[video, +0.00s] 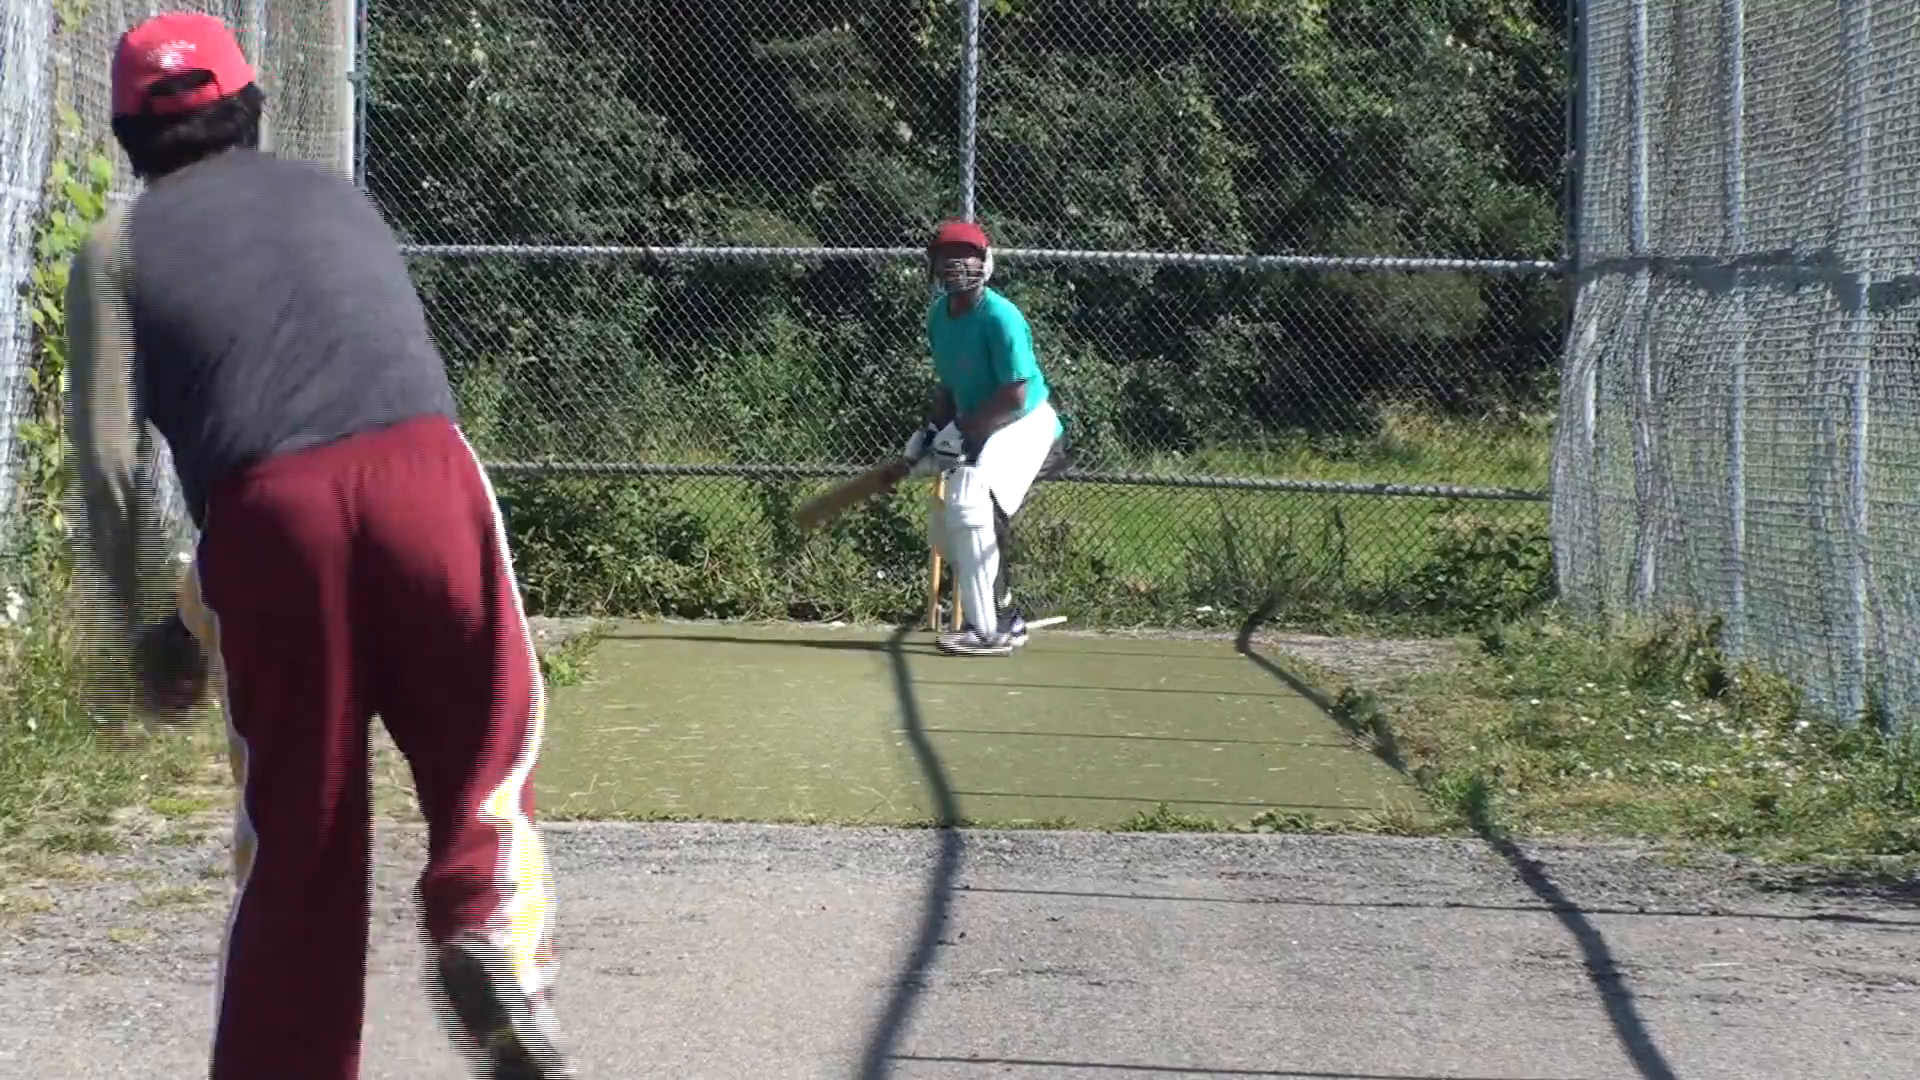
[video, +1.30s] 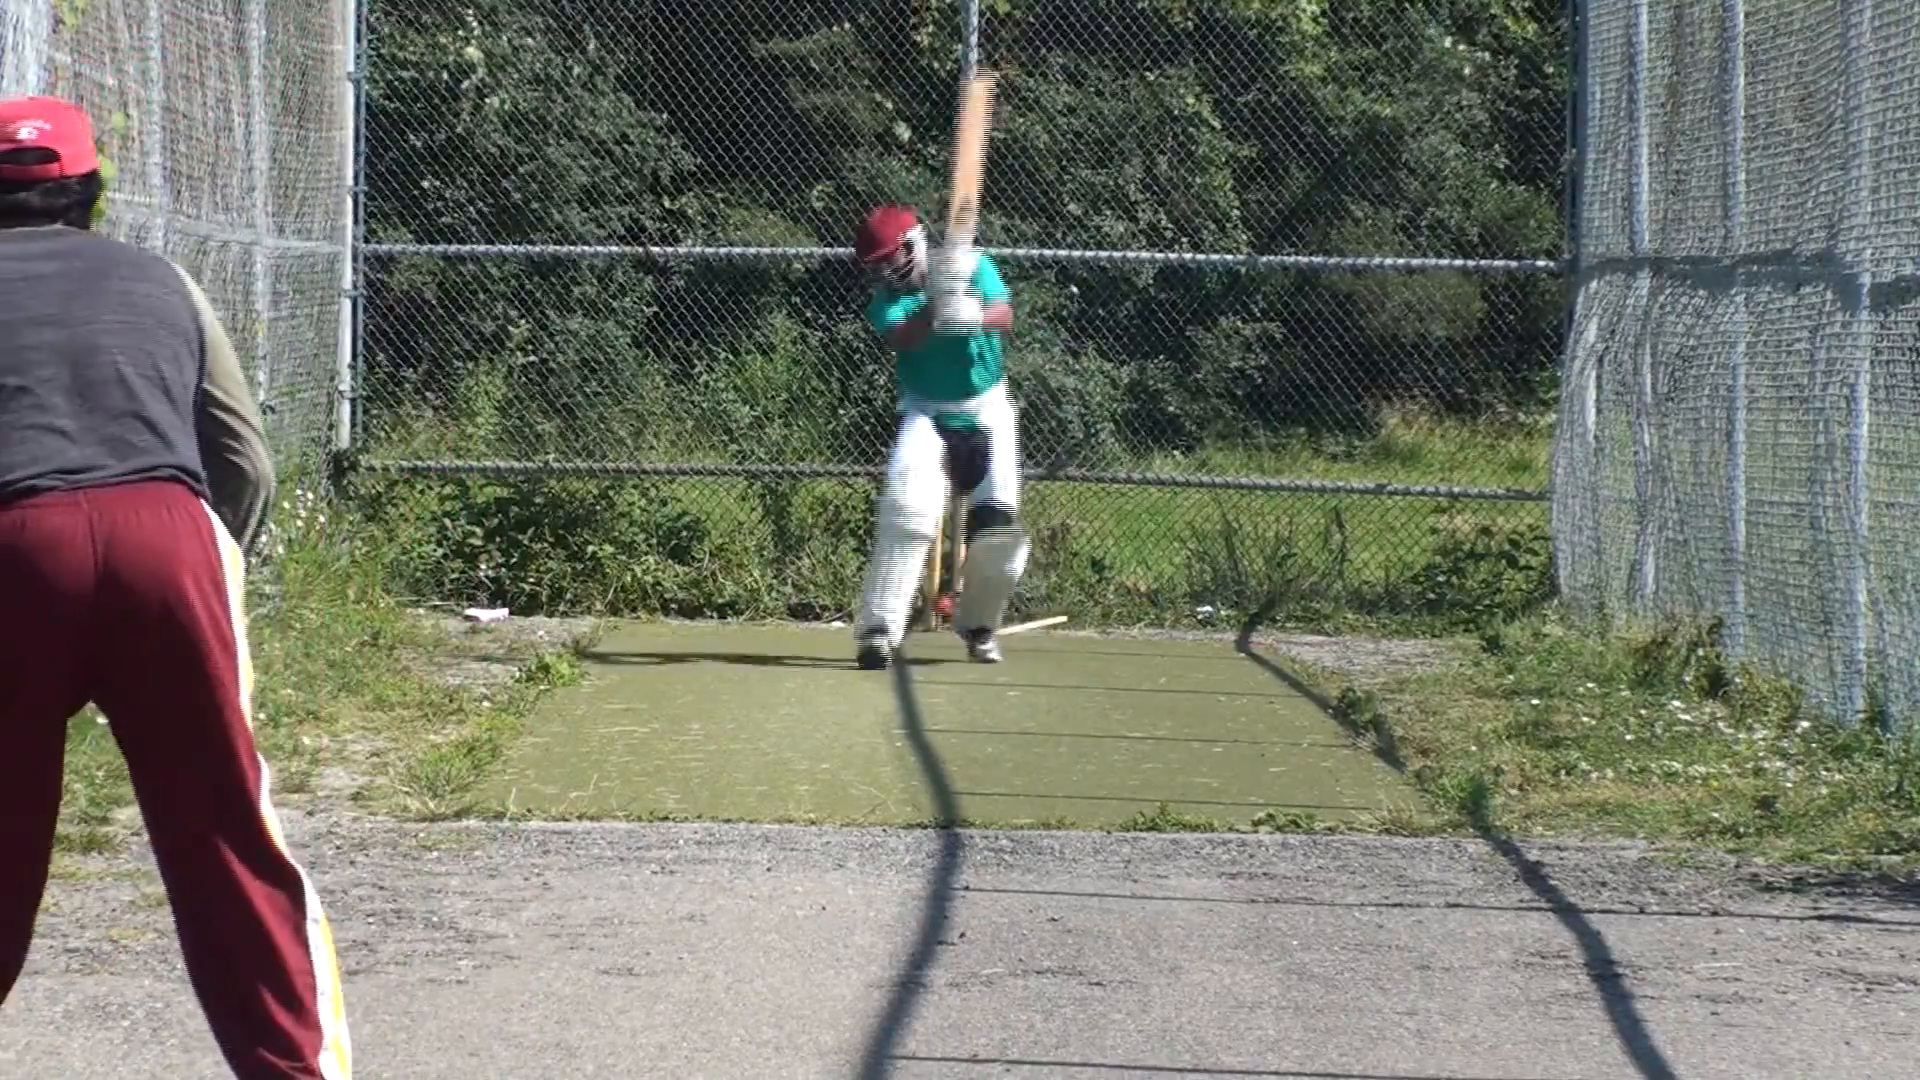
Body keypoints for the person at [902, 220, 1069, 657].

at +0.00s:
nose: (957, 268)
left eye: (967, 259)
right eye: (948, 260)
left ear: (984, 265)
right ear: (935, 268)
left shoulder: (1001, 318)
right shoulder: (938, 316)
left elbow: (1014, 397)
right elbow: (949, 387)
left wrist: (961, 434)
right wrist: (931, 432)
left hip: (1022, 423)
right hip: (977, 424)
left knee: (968, 505)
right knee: (946, 513)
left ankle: (985, 628)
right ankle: (1002, 614)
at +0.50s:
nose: (950, 248)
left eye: (961, 238)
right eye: (941, 239)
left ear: (977, 244)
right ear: (928, 248)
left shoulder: (981, 298)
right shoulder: (951, 289)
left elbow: (973, 380)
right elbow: (964, 362)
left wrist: (933, 384)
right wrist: (935, 377)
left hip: (1039, 391)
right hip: (1011, 392)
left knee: (997, 501)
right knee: (989, 499)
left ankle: (1017, 626)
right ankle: (1016, 616)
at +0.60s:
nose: (952, 257)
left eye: (962, 247)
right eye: (942, 248)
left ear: (978, 252)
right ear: (928, 256)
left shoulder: (977, 307)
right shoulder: (956, 290)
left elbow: (961, 374)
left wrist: (935, 364)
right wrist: (944, 352)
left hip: (1041, 394)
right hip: (1012, 396)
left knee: (984, 498)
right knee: (988, 502)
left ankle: (1023, 627)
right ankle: (1019, 615)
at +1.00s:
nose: (913, 274)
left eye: (918, 260)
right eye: (903, 269)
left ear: (939, 243)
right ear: (898, 272)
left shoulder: (979, 257)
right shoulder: (916, 319)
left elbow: (980, 310)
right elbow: (935, 380)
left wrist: (961, 355)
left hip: (1036, 392)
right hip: (983, 410)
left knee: (1021, 509)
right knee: (982, 508)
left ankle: (1011, 632)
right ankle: (1037, 593)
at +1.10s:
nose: (912, 261)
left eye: (913, 247)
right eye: (899, 259)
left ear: (926, 236)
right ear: (892, 269)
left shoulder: (971, 247)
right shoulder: (909, 307)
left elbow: (1004, 276)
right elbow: (938, 322)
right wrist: (954, 292)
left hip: (1023, 391)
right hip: (970, 407)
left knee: (1020, 516)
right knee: (970, 516)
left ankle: (1012, 632)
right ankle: (1025, 593)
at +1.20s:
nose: (900, 263)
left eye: (905, 248)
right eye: (888, 260)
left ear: (925, 234)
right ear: (879, 266)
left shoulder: (972, 250)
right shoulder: (892, 296)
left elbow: (1007, 280)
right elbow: (917, 308)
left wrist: (976, 267)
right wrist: (950, 251)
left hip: (1007, 393)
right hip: (946, 403)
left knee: (1016, 508)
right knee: (944, 506)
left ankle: (1002, 628)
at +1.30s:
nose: (889, 273)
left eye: (895, 260)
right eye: (878, 268)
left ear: (919, 244)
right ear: (871, 268)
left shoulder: (975, 267)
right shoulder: (886, 300)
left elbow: (1004, 315)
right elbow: (901, 338)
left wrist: (967, 312)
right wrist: (938, 297)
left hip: (987, 410)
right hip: (924, 415)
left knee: (999, 525)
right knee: (907, 513)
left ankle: (979, 625)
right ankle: (881, 628)